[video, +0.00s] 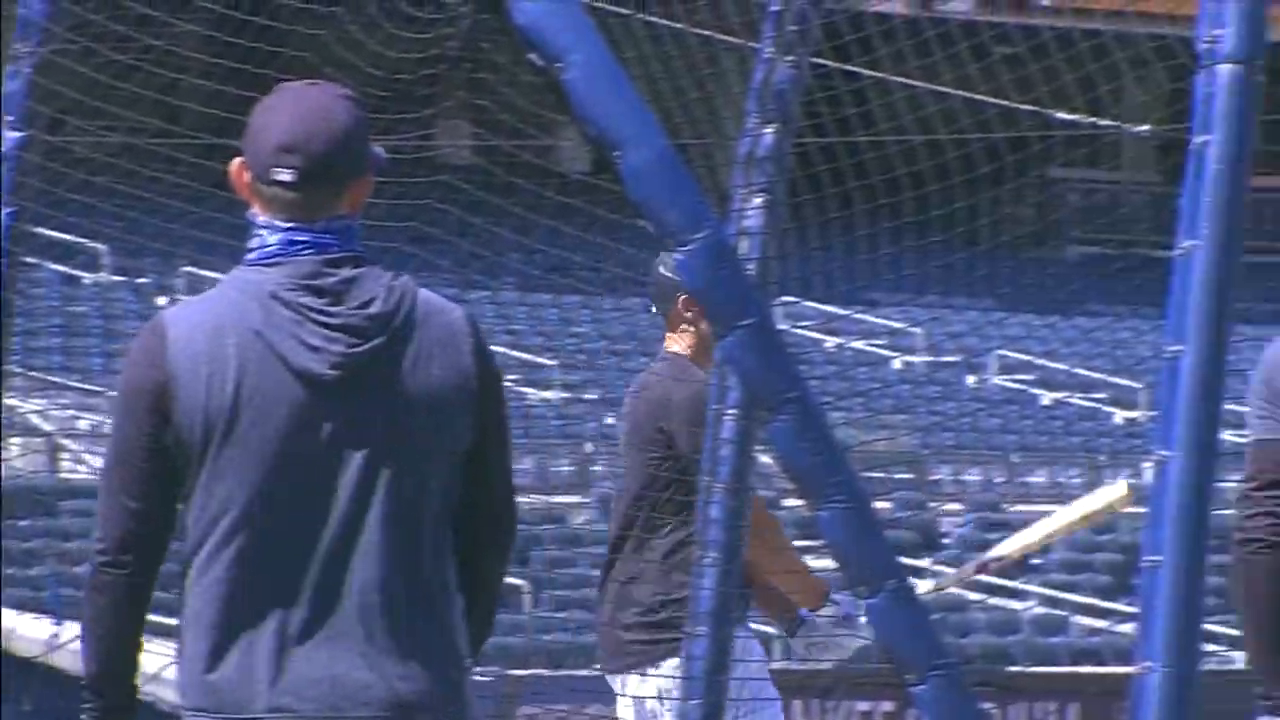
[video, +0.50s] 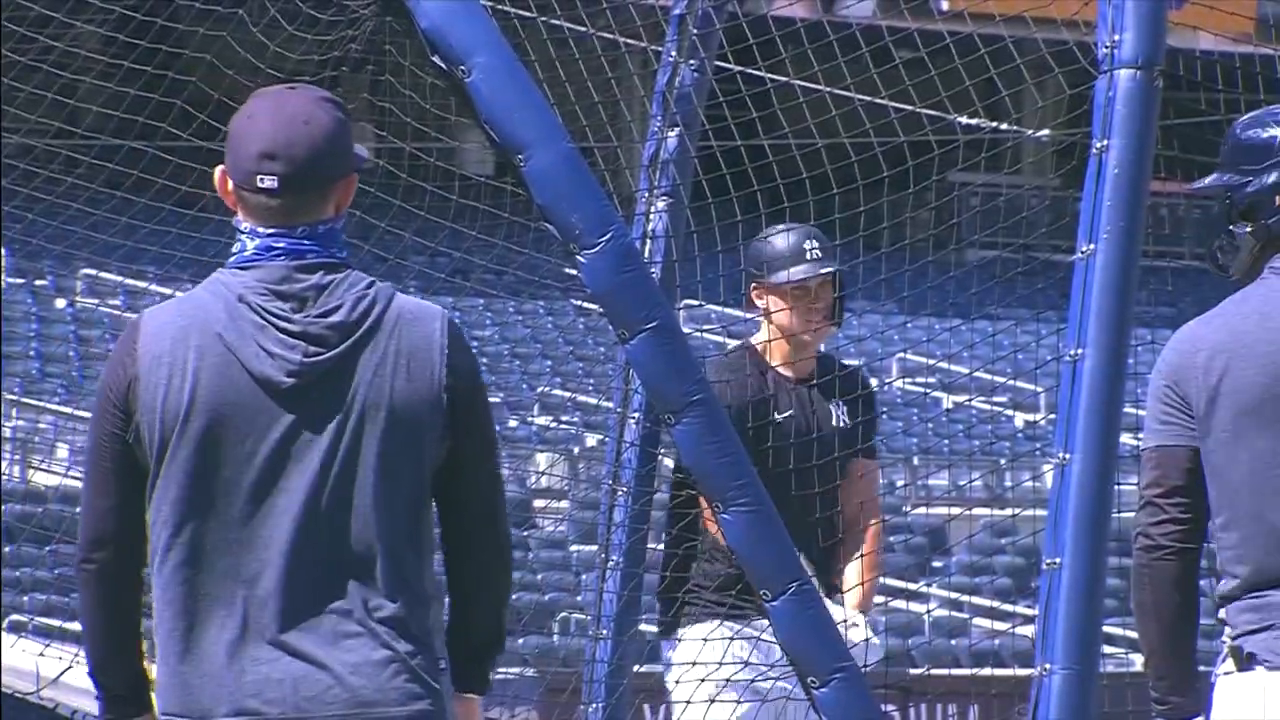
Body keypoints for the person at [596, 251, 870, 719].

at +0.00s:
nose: (734, 308)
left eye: (731, 293)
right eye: (720, 295)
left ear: (680, 308)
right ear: (687, 308)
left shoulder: (658, 384)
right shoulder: (693, 391)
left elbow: (717, 524)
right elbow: (745, 520)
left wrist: (790, 616)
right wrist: (821, 601)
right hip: (678, 634)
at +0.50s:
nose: (819, 305)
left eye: (824, 289)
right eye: (800, 293)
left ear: (835, 289)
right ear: (759, 297)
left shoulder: (849, 388)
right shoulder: (718, 383)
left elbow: (864, 515)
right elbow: (722, 516)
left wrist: (852, 609)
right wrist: (809, 595)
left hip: (816, 624)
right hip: (722, 627)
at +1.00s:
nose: (688, 238)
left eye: (701, 222)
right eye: (675, 226)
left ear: (734, 218)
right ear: (662, 230)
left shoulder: (812, 303)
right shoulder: (651, 317)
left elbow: (840, 438)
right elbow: (631, 445)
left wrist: (830, 543)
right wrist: (669, 540)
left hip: (802, 553)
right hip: (700, 559)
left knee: (820, 708)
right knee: (715, 708)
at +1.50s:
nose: (645, 279)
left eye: (656, 257)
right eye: (631, 262)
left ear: (696, 243)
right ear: (619, 261)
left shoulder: (778, 315)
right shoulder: (634, 327)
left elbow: (847, 436)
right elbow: (621, 445)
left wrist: (905, 548)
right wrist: (603, 567)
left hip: (761, 557)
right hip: (678, 567)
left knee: (726, 706)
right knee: (721, 707)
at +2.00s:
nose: (668, 226)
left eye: (682, 207)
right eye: (655, 211)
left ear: (726, 195)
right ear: (645, 209)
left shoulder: (807, 279)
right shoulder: (665, 292)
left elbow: (826, 431)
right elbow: (648, 415)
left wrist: (791, 550)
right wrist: (575, 463)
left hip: (779, 547)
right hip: (675, 552)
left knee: (783, 708)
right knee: (617, 708)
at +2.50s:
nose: (490, 216)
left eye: (500, 197)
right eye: (475, 202)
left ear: (544, 175)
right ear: (460, 194)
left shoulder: (642, 259)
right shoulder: (468, 264)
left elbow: (671, 408)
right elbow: (381, 349)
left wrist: (604, 512)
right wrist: (408, 215)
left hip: (586, 547)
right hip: (480, 544)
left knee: (571, 708)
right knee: (477, 708)